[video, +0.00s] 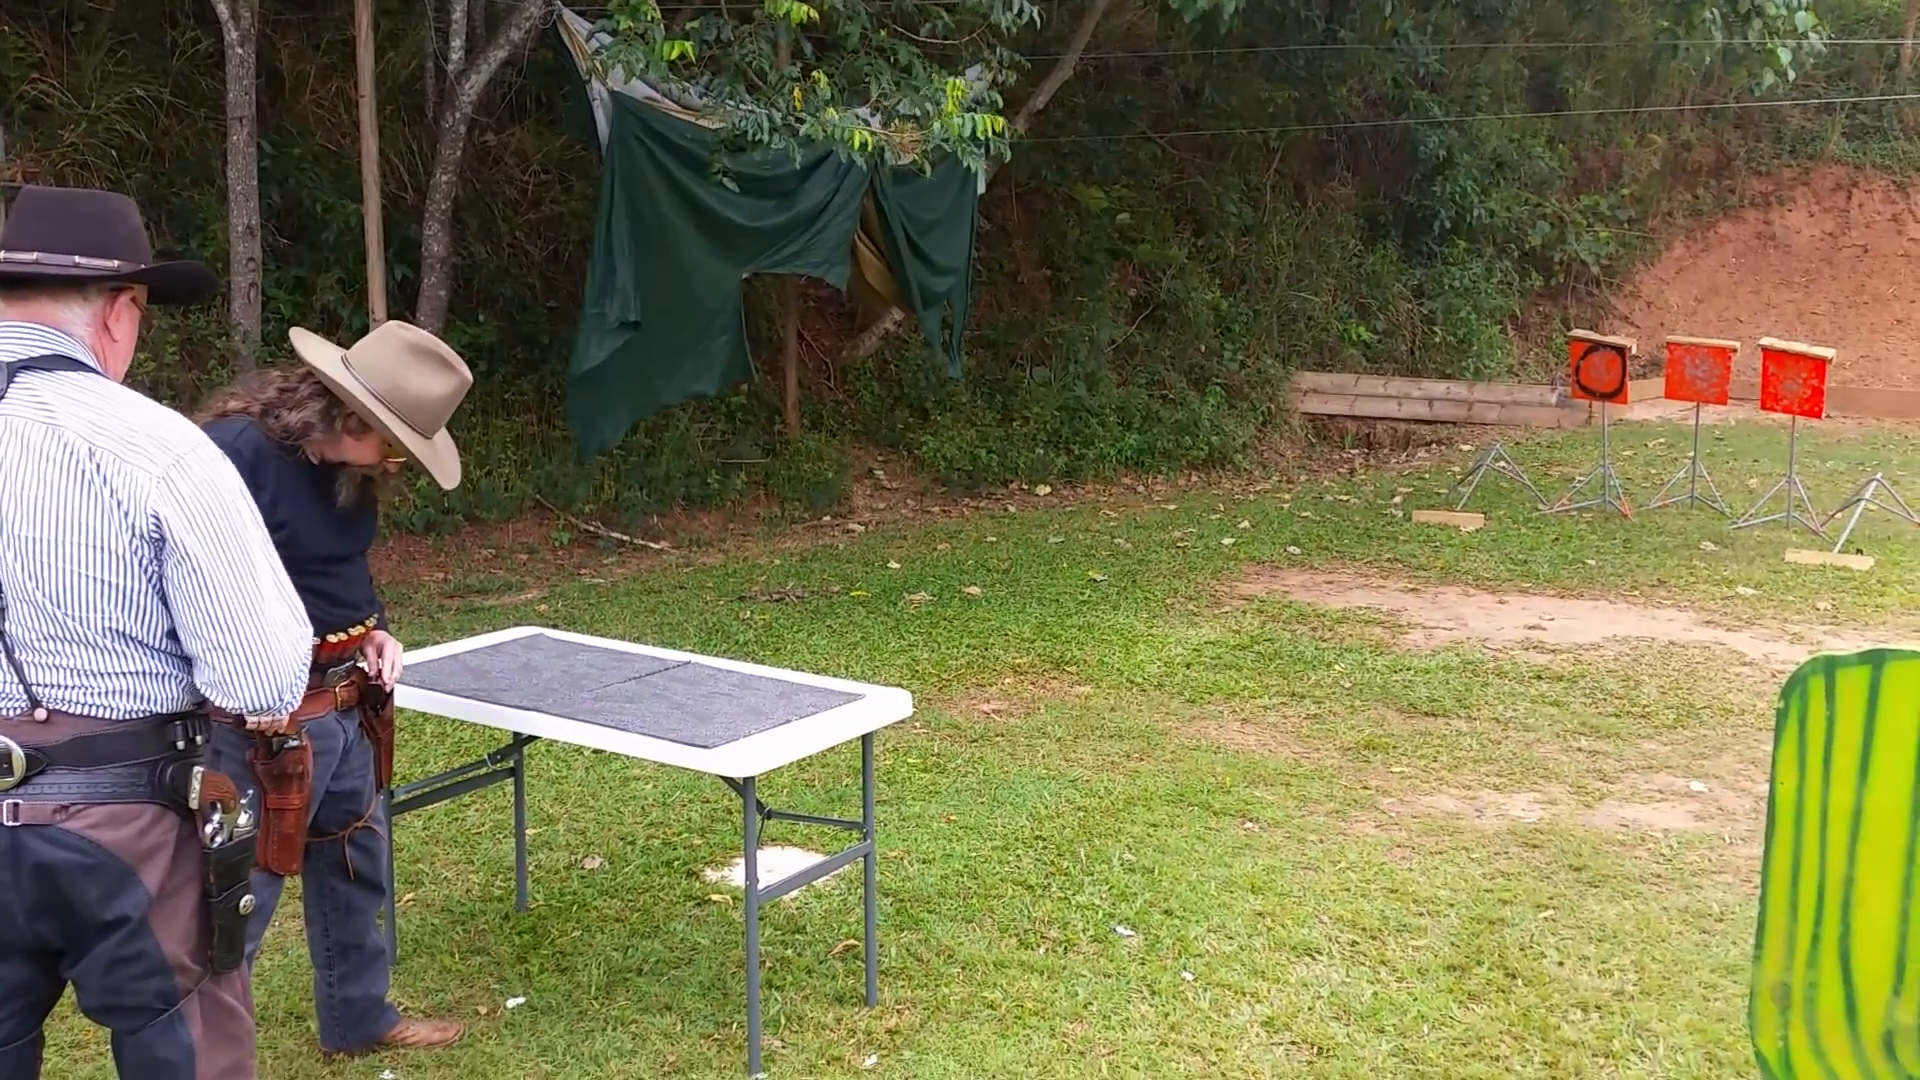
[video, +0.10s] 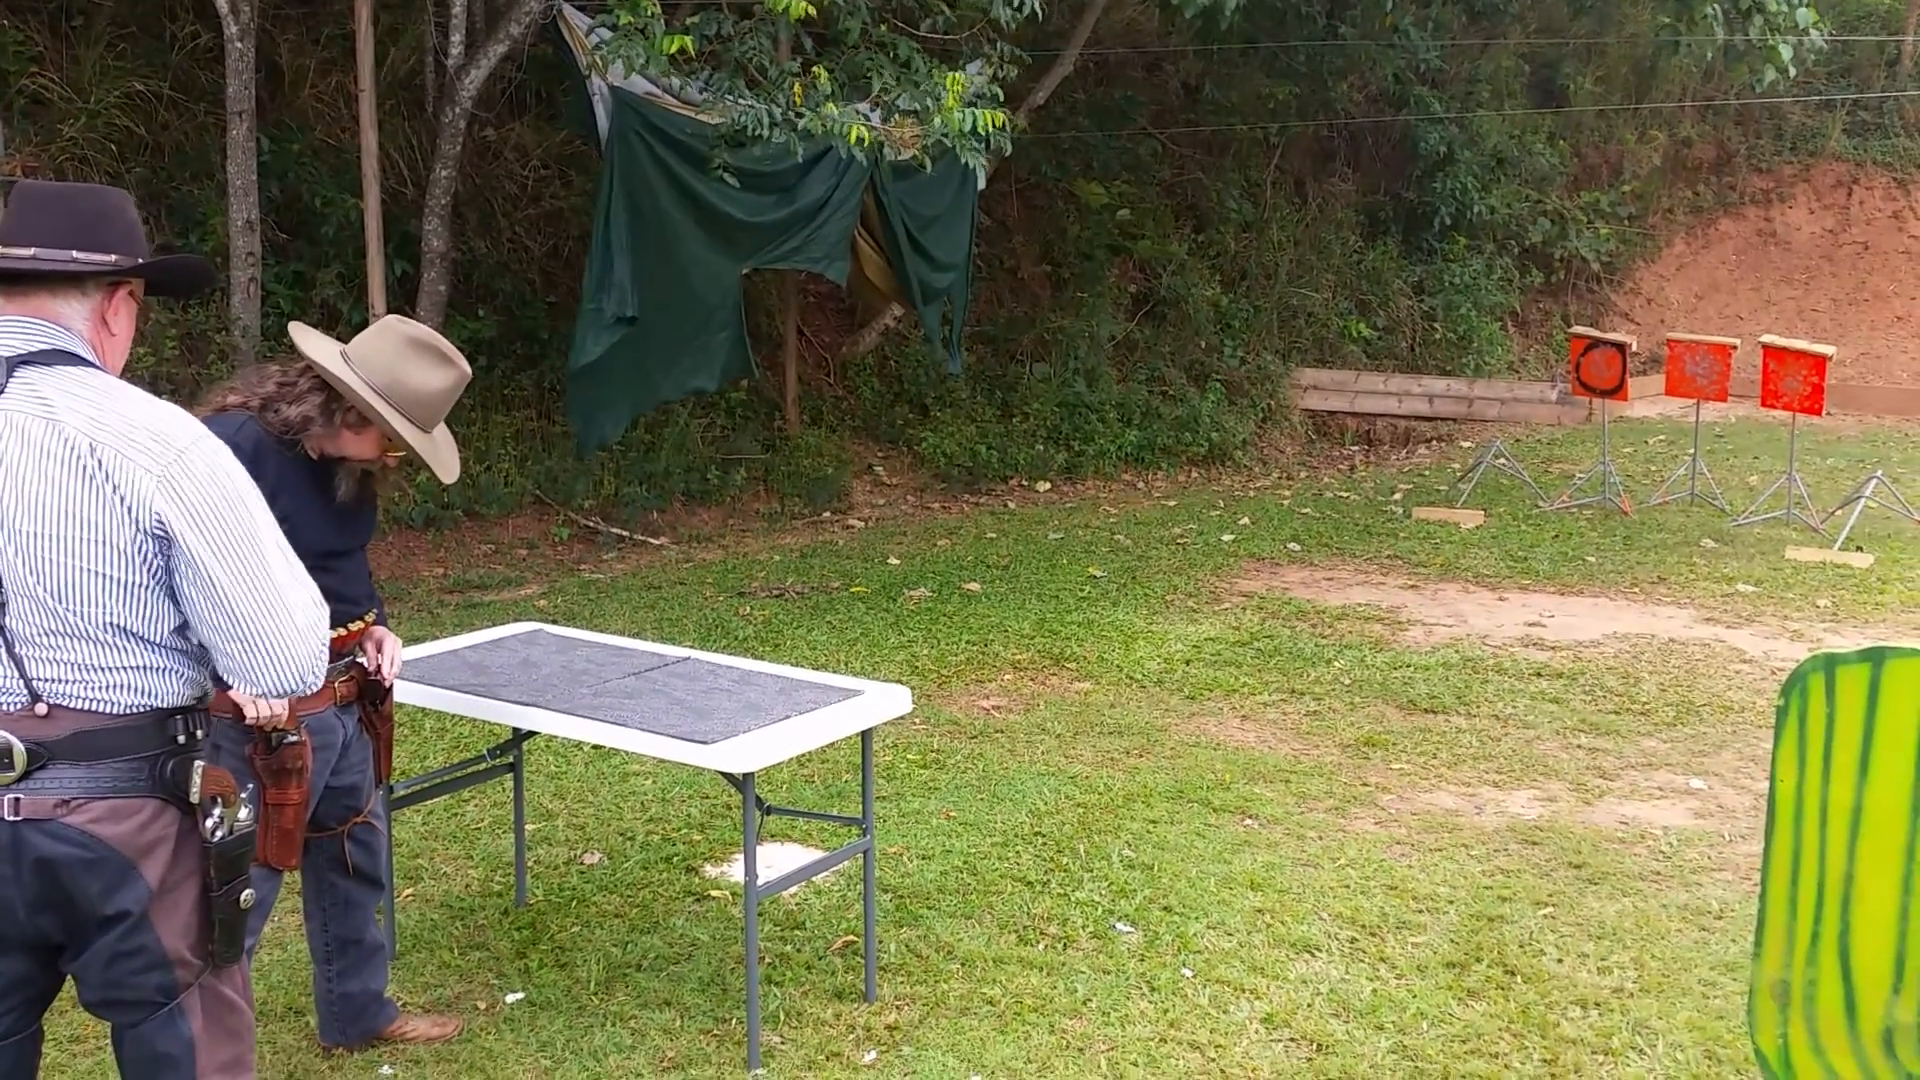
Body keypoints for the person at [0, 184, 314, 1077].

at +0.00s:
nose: (136, 338)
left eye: (140, 315)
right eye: (139, 316)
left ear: (5, 302)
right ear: (113, 316)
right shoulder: (146, 439)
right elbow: (268, 677)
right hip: (115, 802)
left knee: (7, 1046)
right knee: (192, 1053)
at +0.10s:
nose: (136, 334)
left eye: (139, 312)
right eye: (140, 312)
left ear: (2, 298)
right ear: (113, 312)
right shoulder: (146, 433)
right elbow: (286, 661)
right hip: (122, 799)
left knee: (7, 1041)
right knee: (193, 1052)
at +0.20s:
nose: (138, 327)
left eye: (138, 306)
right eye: (138, 305)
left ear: (1, 294)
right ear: (110, 303)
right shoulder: (144, 425)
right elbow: (311, 635)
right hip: (116, 786)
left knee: (6, 1040)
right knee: (191, 1048)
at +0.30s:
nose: (131, 322)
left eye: (131, 299)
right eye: (131, 298)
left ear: (1, 293)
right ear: (106, 299)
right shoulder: (150, 425)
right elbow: (321, 617)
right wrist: (298, 515)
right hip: (118, 785)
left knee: (7, 1040)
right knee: (189, 1051)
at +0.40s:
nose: (127, 319)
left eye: (128, 297)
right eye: (128, 295)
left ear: (2, 292)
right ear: (102, 297)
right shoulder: (149, 426)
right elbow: (338, 590)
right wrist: (308, 502)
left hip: (2, 785)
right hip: (121, 791)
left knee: (3, 1043)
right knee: (189, 1053)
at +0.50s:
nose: (126, 314)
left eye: (126, 292)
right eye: (126, 291)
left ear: (3, 286)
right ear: (103, 295)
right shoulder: (150, 425)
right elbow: (339, 574)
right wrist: (312, 488)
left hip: (4, 774)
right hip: (118, 784)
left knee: (4, 1043)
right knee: (184, 1052)